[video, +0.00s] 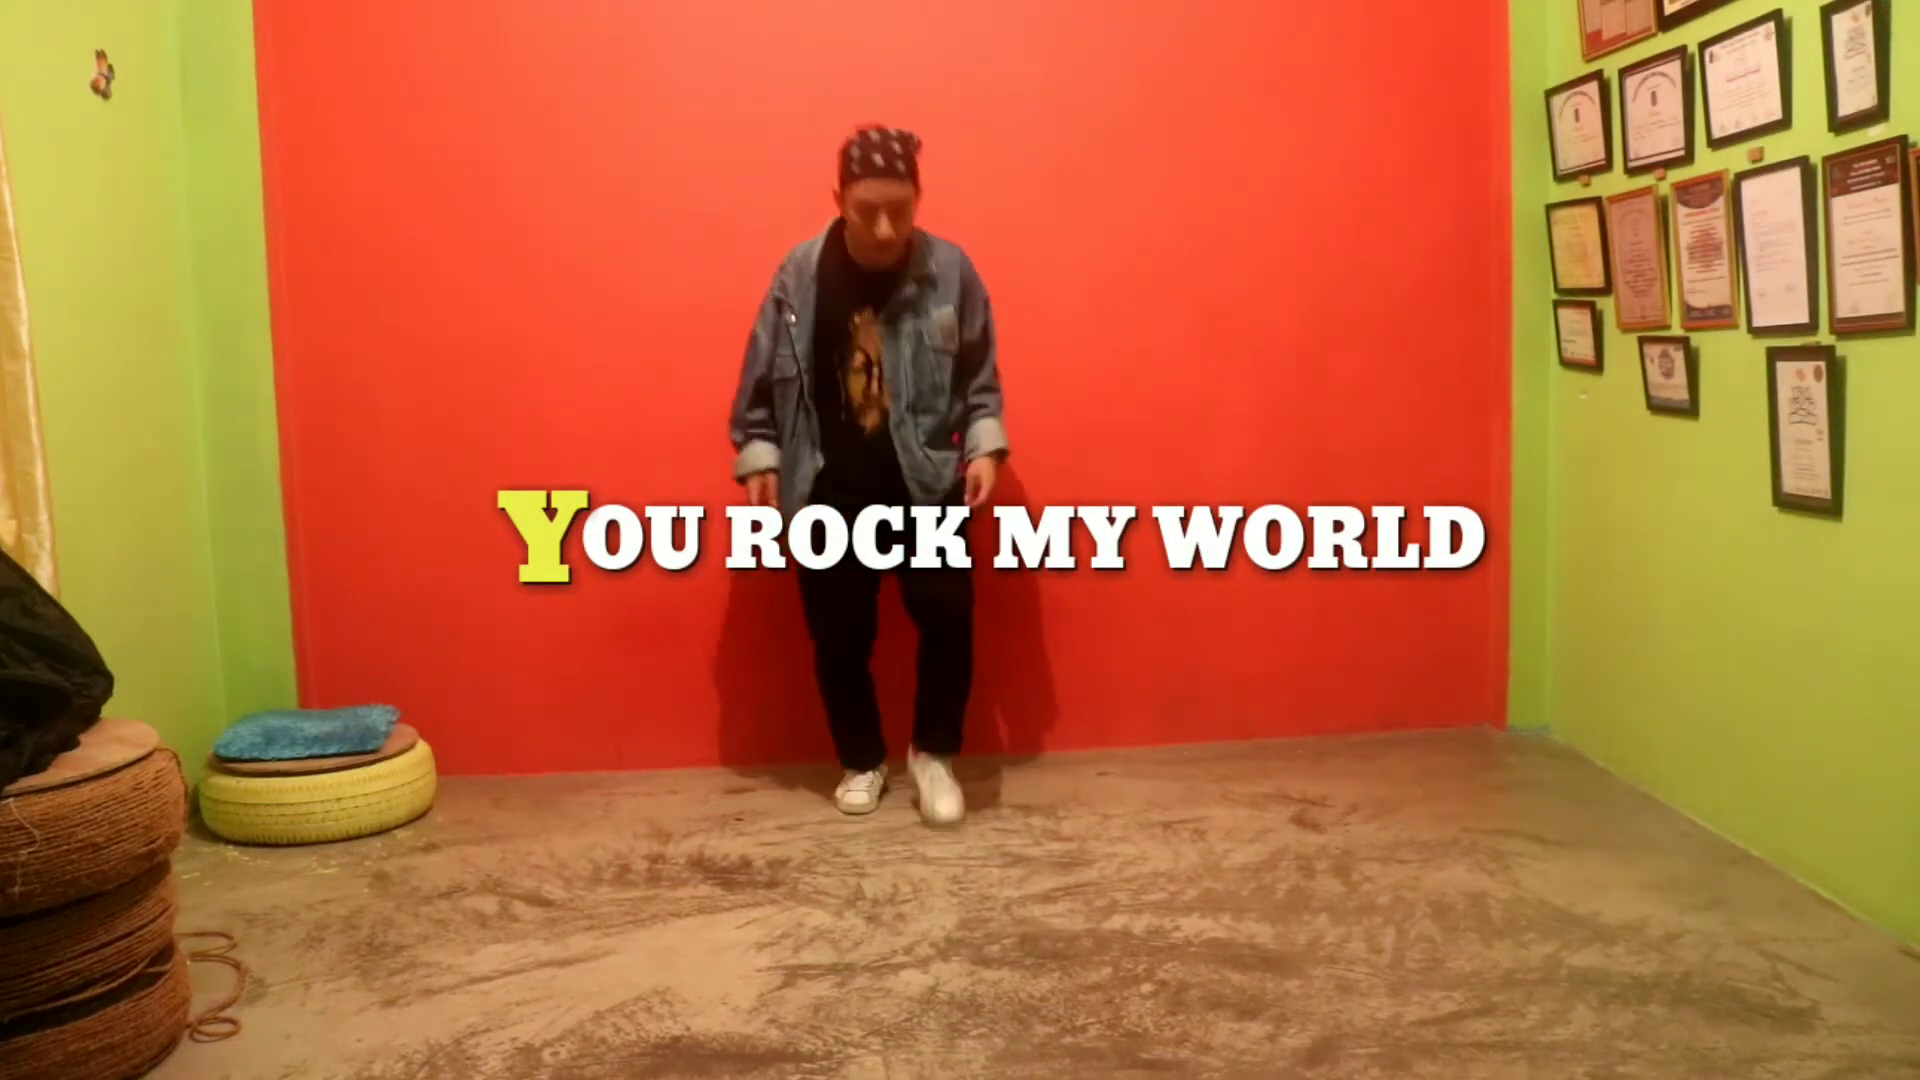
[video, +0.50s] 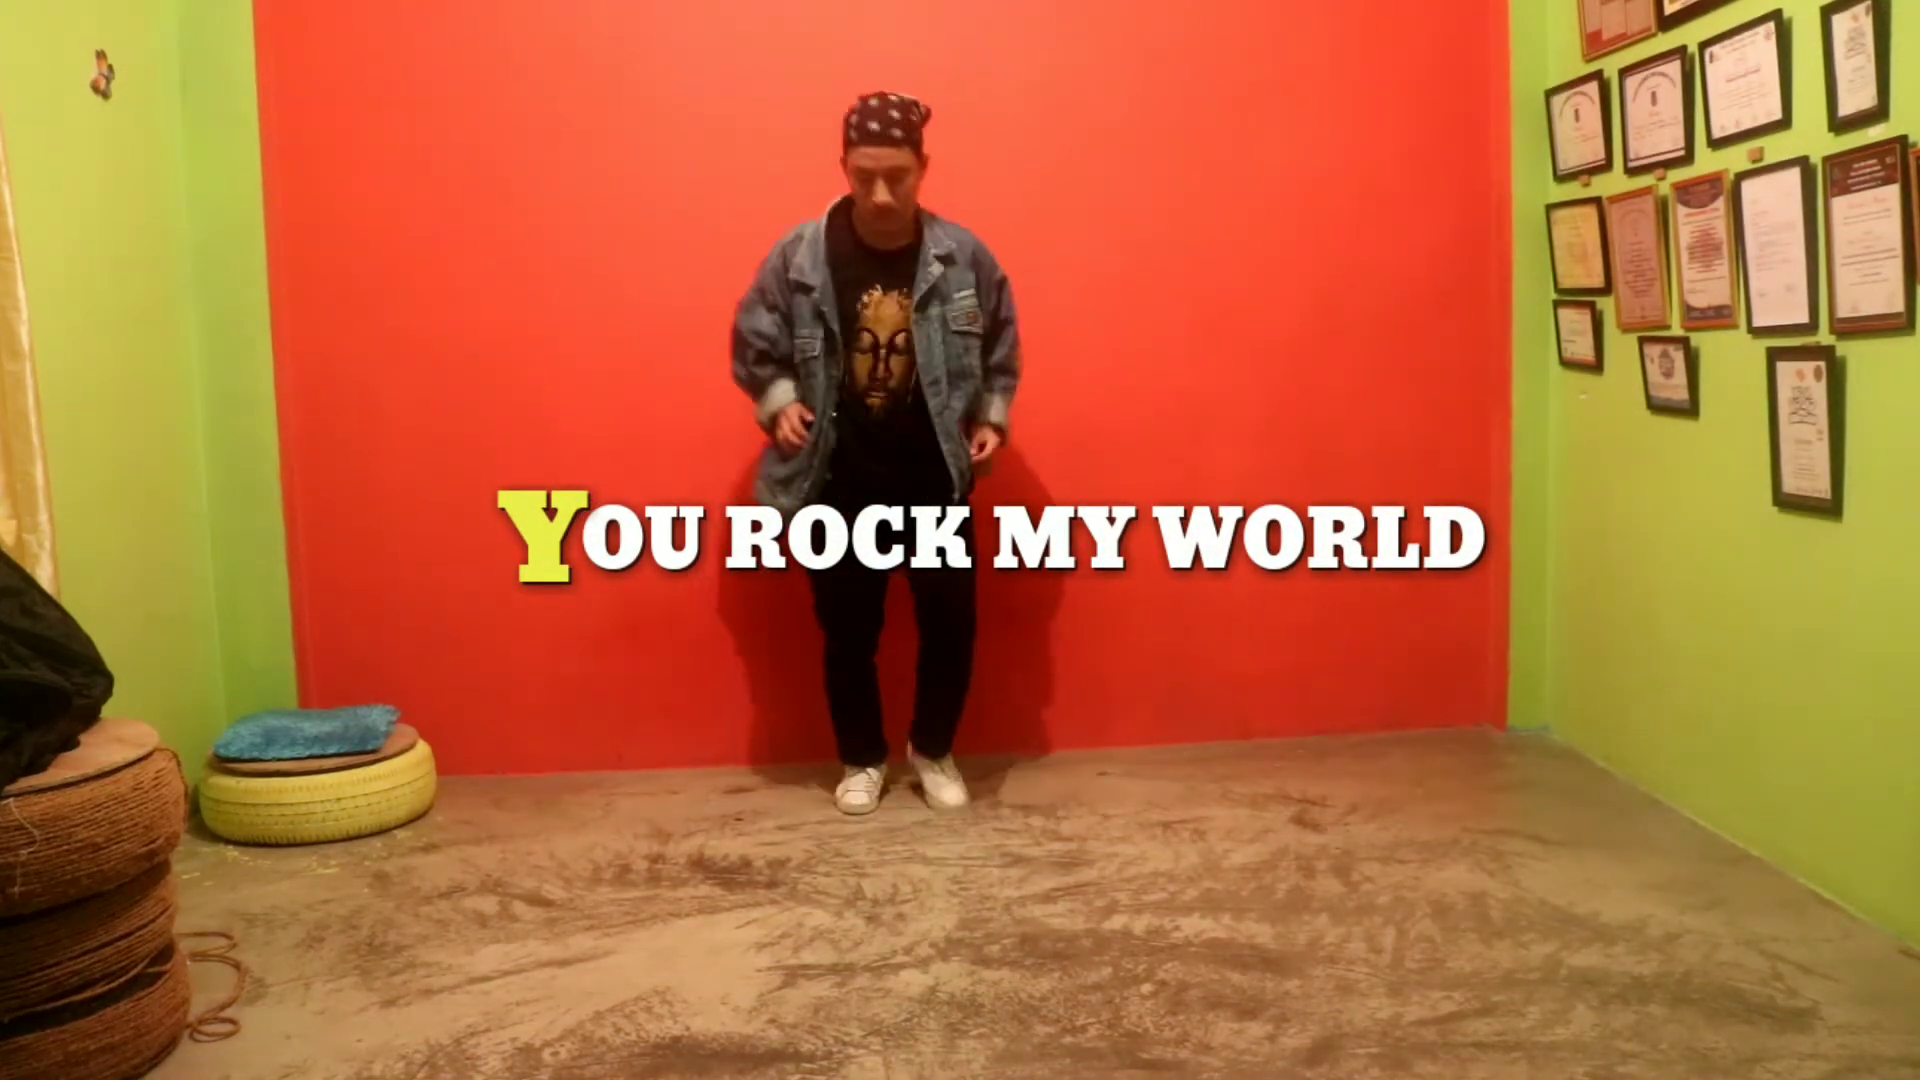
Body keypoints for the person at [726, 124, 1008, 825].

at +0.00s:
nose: (885, 228)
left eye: (898, 210)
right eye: (869, 211)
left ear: (918, 202)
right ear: (842, 202)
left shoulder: (952, 273)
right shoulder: (800, 272)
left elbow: (979, 376)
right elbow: (761, 382)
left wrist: (986, 449)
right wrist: (759, 461)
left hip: (923, 481)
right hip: (826, 484)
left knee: (948, 618)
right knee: (839, 633)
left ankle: (934, 757)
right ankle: (861, 763)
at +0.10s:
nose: (899, 264)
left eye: (913, 247)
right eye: (882, 248)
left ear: (933, 236)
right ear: (854, 234)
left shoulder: (960, 291)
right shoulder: (805, 288)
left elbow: (998, 374)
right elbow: (742, 375)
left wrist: (1003, 437)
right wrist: (749, 446)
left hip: (923, 477)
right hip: (829, 480)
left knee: (950, 622)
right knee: (839, 630)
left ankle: (938, 780)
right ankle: (863, 762)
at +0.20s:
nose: (912, 303)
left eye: (925, 284)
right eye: (895, 286)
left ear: (944, 271)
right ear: (867, 272)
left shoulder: (968, 309)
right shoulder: (818, 298)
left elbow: (1030, 338)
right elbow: (734, 314)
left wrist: (1016, 414)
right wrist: (747, 406)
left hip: (925, 495)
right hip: (831, 499)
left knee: (965, 627)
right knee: (837, 644)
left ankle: (937, 786)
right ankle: (864, 763)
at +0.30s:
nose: (911, 279)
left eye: (925, 262)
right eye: (894, 263)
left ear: (944, 251)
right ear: (866, 251)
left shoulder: (968, 292)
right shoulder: (819, 280)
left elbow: (1028, 321)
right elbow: (733, 296)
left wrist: (1013, 403)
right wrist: (749, 389)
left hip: (925, 481)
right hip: (833, 483)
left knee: (961, 622)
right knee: (842, 632)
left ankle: (940, 783)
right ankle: (863, 764)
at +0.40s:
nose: (898, 218)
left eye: (913, 201)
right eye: (882, 201)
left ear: (934, 192)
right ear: (855, 191)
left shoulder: (972, 257)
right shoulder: (804, 248)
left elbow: (1016, 331)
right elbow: (744, 306)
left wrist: (1004, 404)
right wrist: (766, 382)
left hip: (931, 468)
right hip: (833, 469)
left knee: (951, 616)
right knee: (846, 621)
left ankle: (943, 770)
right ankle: (862, 763)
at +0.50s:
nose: (881, 193)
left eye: (896, 176)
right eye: (866, 176)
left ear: (922, 171)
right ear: (846, 172)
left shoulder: (963, 256)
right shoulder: (800, 256)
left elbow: (1001, 342)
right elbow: (754, 338)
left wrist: (991, 413)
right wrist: (777, 400)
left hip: (933, 472)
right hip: (838, 472)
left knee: (950, 619)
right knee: (849, 627)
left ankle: (932, 753)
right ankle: (862, 762)